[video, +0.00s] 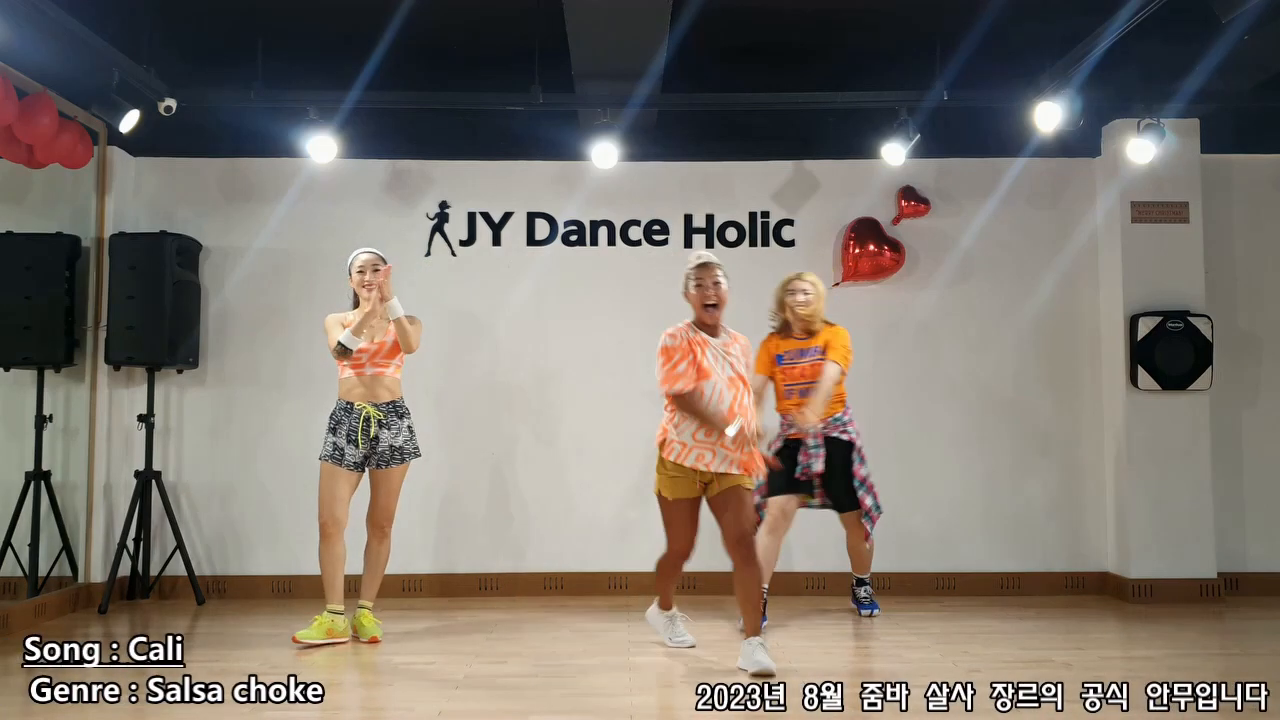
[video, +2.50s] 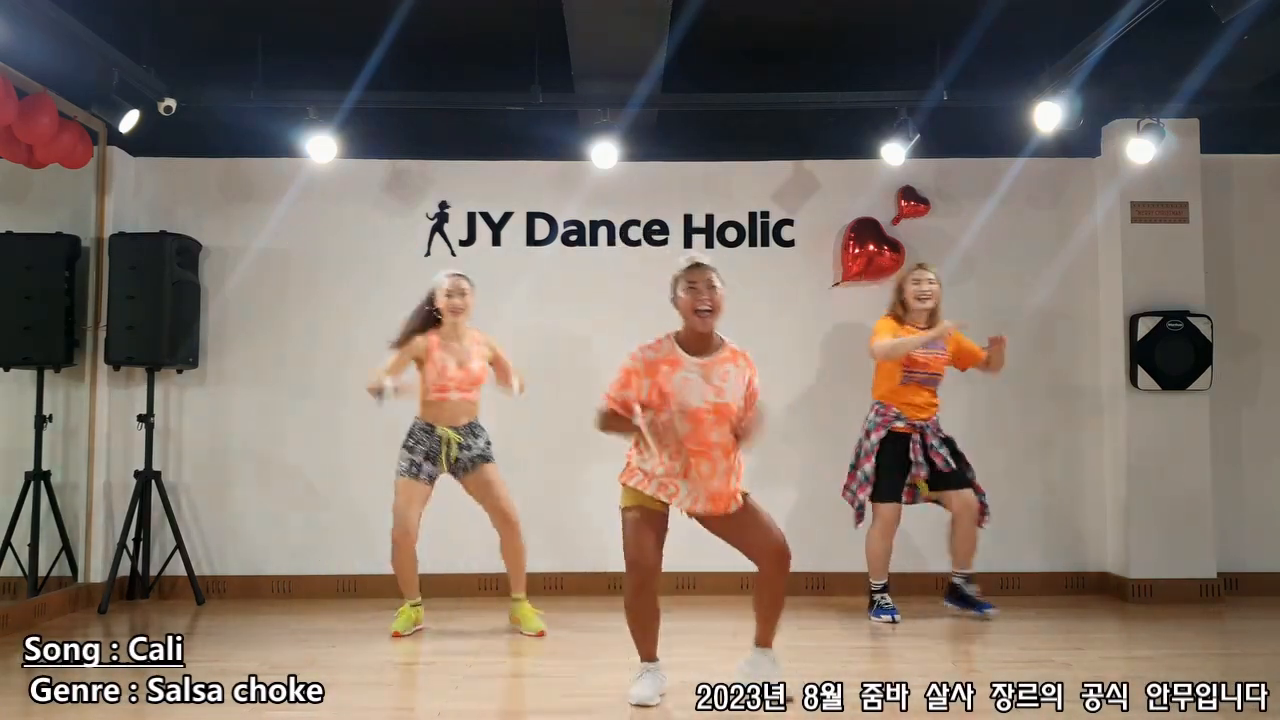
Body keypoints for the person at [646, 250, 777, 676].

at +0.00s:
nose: (710, 291)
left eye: (717, 283)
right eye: (700, 285)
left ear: (727, 291)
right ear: (687, 294)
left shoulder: (739, 344)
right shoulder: (676, 338)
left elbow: (744, 404)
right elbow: (681, 395)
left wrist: (754, 449)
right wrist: (724, 426)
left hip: (729, 461)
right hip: (681, 459)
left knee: (743, 543)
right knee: (680, 547)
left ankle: (753, 640)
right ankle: (662, 609)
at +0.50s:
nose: (701, 269)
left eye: (710, 260)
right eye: (692, 261)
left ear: (723, 268)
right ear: (679, 269)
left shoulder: (746, 323)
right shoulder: (662, 321)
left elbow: (786, 383)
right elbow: (621, 368)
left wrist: (750, 416)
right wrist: (618, 421)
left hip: (733, 440)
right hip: (677, 434)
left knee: (748, 541)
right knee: (647, 523)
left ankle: (766, 635)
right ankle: (643, 621)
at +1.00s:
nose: (633, 276)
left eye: (642, 266)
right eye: (623, 267)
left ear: (657, 272)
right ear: (611, 274)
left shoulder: (681, 333)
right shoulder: (590, 332)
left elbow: (713, 394)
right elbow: (552, 393)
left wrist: (687, 388)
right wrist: (577, 400)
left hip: (656, 448)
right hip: (599, 449)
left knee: (677, 529)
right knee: (592, 554)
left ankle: (629, 593)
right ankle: (586, 668)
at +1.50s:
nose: (576, 310)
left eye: (586, 300)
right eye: (566, 302)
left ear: (602, 308)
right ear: (554, 312)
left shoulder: (627, 346)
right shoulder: (547, 369)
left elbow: (647, 400)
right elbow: (520, 435)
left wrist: (595, 395)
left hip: (649, 468)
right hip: (592, 475)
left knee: (691, 556)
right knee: (566, 569)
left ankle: (663, 657)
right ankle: (562, 670)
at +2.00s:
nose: (611, 296)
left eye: (620, 287)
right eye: (601, 289)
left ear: (637, 294)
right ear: (590, 299)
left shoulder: (666, 352)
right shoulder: (576, 358)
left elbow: (693, 416)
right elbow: (562, 426)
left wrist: (672, 448)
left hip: (654, 474)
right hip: (593, 476)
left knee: (706, 561)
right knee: (566, 566)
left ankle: (696, 662)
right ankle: (562, 670)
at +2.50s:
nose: (704, 296)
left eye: (711, 288)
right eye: (693, 288)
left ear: (723, 298)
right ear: (676, 300)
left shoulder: (738, 363)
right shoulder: (649, 358)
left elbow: (748, 423)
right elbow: (606, 419)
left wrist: (742, 430)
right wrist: (643, 424)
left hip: (710, 482)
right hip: (650, 480)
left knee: (775, 553)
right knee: (641, 564)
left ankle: (762, 656)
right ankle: (648, 668)